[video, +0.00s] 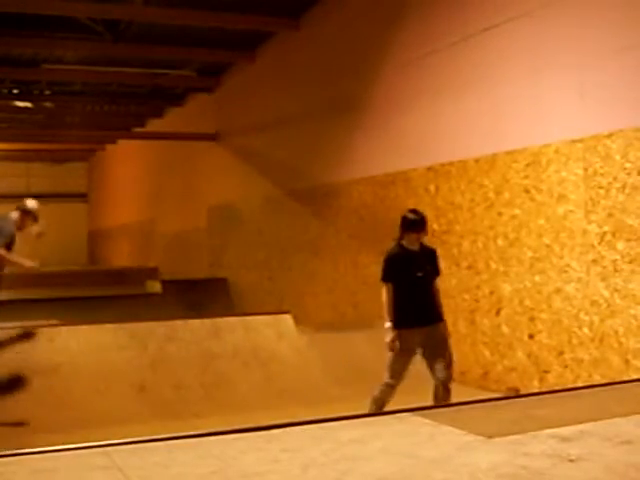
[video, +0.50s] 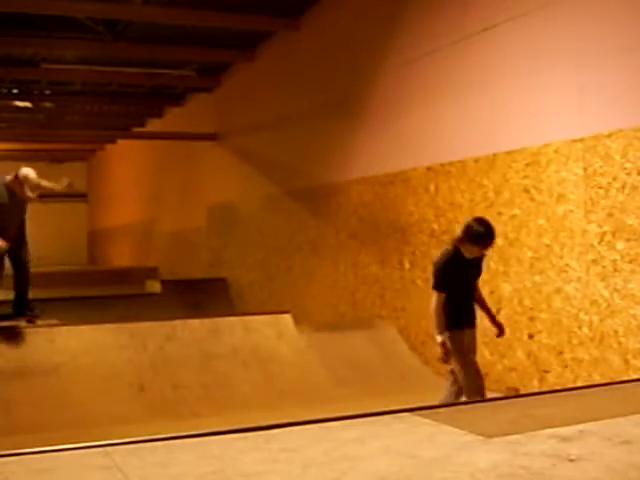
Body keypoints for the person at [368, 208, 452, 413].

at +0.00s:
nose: (419, 236)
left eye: (421, 231)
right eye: (415, 231)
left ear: (424, 231)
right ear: (405, 231)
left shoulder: (429, 254)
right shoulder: (394, 256)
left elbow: (434, 287)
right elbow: (387, 291)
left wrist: (441, 320)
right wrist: (389, 327)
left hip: (432, 324)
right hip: (406, 327)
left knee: (443, 377)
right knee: (392, 380)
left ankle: (441, 420)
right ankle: (370, 418)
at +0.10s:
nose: (432, 233)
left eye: (434, 228)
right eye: (428, 228)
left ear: (437, 228)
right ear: (417, 228)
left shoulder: (442, 251)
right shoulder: (403, 254)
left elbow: (448, 286)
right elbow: (396, 291)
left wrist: (455, 319)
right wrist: (398, 326)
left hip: (442, 322)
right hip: (417, 324)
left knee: (448, 376)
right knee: (417, 376)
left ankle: (443, 416)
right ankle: (393, 401)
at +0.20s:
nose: (438, 234)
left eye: (442, 229)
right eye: (434, 228)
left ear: (445, 228)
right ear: (426, 226)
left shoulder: (451, 249)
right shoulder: (413, 251)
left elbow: (458, 284)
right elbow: (403, 286)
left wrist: (470, 317)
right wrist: (407, 322)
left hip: (447, 316)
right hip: (425, 317)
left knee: (451, 372)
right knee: (438, 370)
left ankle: (443, 411)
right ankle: (415, 403)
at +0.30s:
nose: (452, 237)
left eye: (455, 233)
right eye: (448, 233)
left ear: (457, 230)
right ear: (438, 228)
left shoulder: (458, 248)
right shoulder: (423, 250)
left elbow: (465, 284)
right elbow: (412, 289)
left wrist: (483, 317)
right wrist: (419, 324)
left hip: (453, 314)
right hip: (432, 315)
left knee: (452, 365)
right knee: (456, 363)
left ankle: (446, 410)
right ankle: (446, 411)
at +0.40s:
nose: (467, 244)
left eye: (469, 239)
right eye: (464, 239)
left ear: (471, 236)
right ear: (452, 234)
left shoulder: (467, 252)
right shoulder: (435, 253)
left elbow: (470, 287)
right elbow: (423, 291)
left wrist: (490, 314)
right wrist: (428, 326)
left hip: (461, 318)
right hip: (441, 319)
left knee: (452, 370)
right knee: (466, 369)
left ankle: (442, 410)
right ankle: (470, 413)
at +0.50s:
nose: (483, 253)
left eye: (485, 249)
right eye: (481, 248)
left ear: (483, 245)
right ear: (469, 241)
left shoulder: (476, 259)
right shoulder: (446, 262)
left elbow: (474, 291)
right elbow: (437, 302)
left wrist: (493, 319)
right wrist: (440, 336)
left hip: (468, 322)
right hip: (450, 324)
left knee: (460, 378)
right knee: (471, 378)